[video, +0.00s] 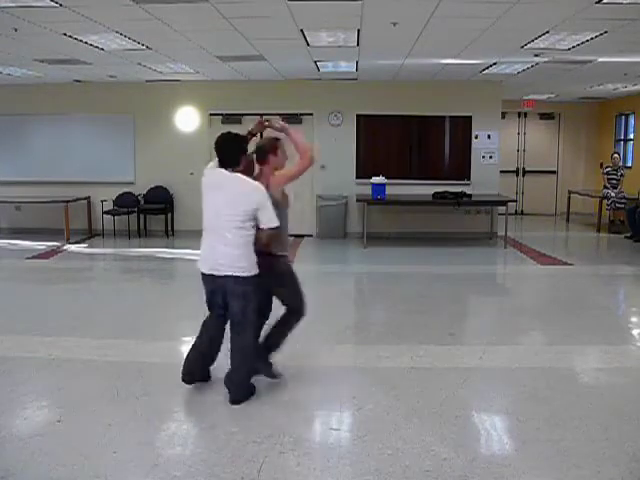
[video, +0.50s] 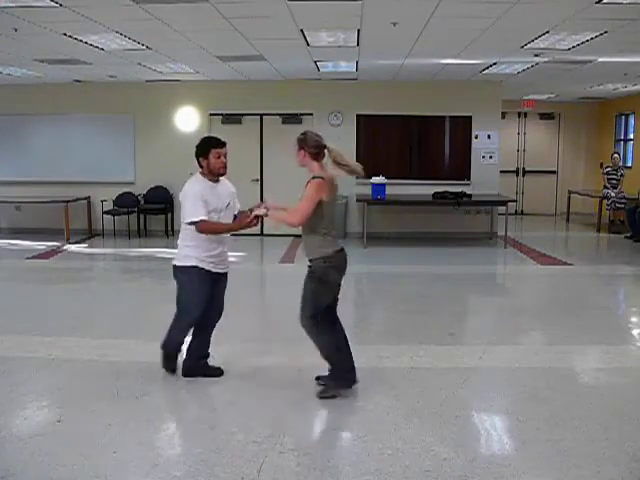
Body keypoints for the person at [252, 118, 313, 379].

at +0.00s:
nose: (283, 158)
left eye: (281, 153)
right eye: (279, 153)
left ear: (262, 157)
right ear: (271, 156)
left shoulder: (252, 180)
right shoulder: (275, 180)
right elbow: (306, 159)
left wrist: (256, 132)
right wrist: (288, 131)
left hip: (256, 256)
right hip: (274, 258)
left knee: (259, 312)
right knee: (296, 308)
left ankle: (248, 358)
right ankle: (263, 354)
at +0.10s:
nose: (292, 162)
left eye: (291, 158)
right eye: (290, 157)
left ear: (267, 160)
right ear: (286, 159)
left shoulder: (257, 188)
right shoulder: (292, 182)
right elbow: (311, 155)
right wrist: (287, 135)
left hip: (265, 259)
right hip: (292, 260)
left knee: (263, 312)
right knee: (308, 311)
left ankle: (248, 359)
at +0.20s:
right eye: (303, 154)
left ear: (279, 158)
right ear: (301, 157)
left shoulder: (275, 185)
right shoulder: (312, 176)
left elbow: (257, 224)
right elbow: (304, 159)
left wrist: (248, 253)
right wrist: (273, 148)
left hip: (282, 259)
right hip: (311, 259)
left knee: (269, 312)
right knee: (315, 313)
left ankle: (252, 363)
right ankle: (333, 369)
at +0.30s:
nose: (292, 159)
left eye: (291, 156)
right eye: (300, 152)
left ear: (290, 157)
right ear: (312, 152)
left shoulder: (297, 187)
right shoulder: (325, 179)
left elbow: (275, 225)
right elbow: (298, 181)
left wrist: (254, 242)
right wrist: (269, 180)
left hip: (299, 263)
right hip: (326, 261)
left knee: (282, 313)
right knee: (323, 314)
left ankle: (277, 368)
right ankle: (333, 372)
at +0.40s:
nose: (294, 159)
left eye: (295, 155)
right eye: (295, 155)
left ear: (300, 156)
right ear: (316, 152)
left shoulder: (309, 186)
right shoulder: (329, 180)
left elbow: (290, 220)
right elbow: (303, 205)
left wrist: (264, 228)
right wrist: (276, 197)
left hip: (314, 262)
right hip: (334, 257)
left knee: (294, 313)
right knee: (325, 314)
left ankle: (311, 369)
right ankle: (339, 372)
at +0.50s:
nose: (297, 156)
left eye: (298, 152)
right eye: (298, 151)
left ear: (304, 153)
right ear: (318, 152)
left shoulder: (317, 184)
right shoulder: (327, 180)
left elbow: (296, 219)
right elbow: (301, 213)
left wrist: (270, 214)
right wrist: (272, 207)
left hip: (324, 263)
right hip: (332, 258)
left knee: (310, 318)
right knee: (325, 316)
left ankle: (342, 377)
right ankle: (343, 372)